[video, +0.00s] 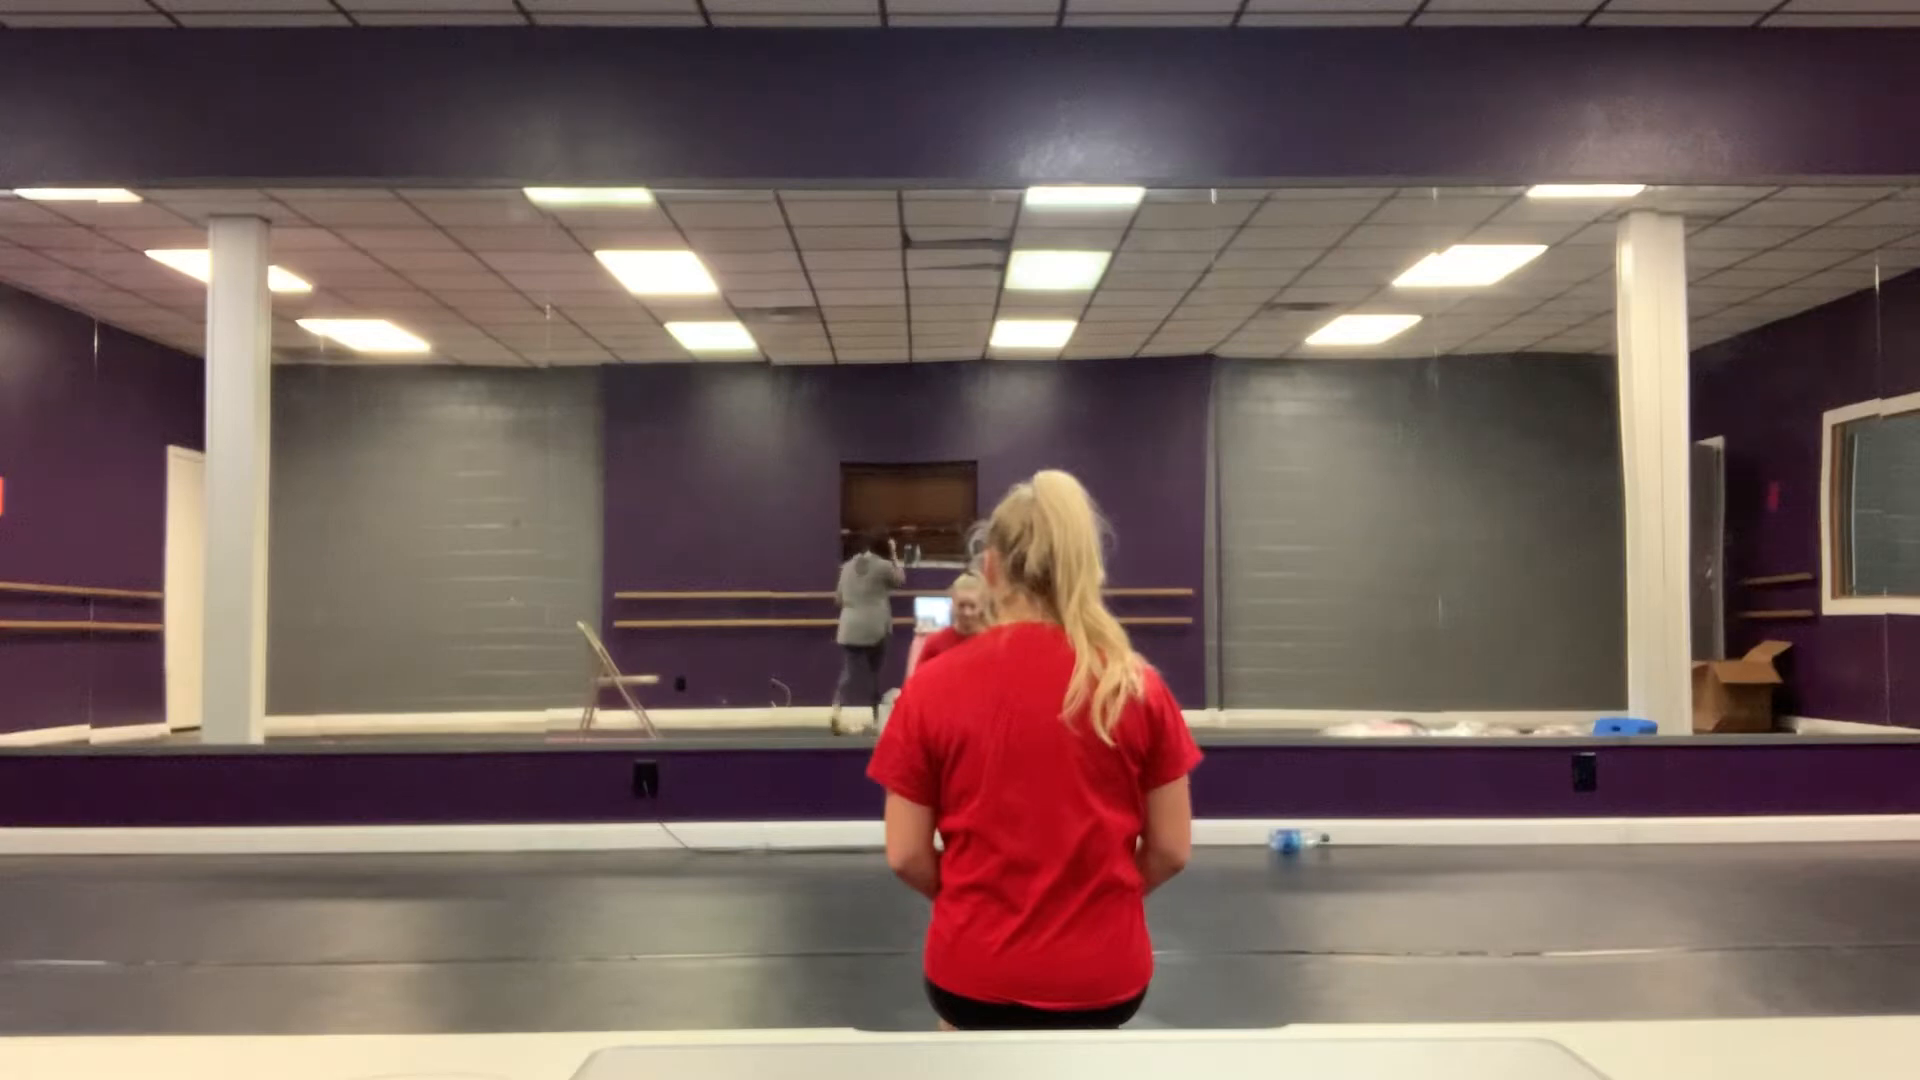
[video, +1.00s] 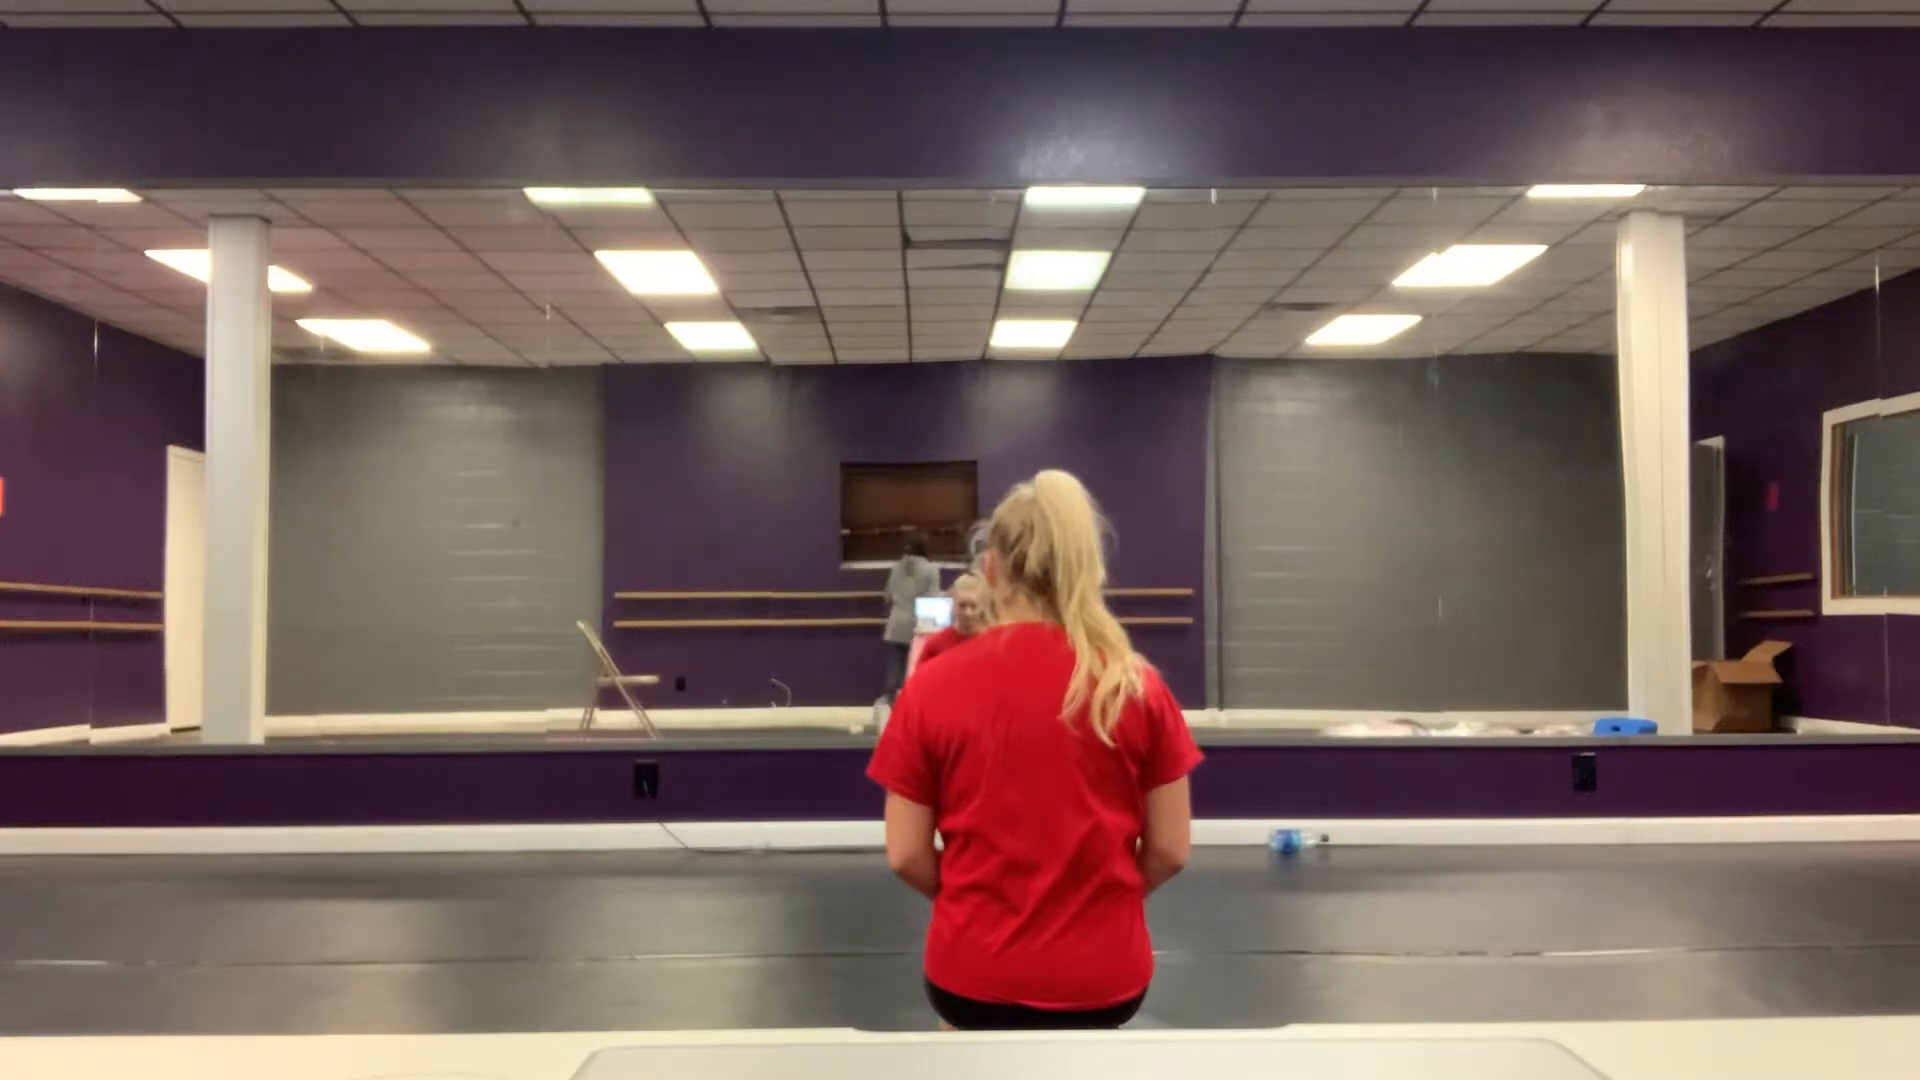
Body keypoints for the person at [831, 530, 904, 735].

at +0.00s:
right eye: (885, 545)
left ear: (861, 545)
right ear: (880, 547)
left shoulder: (847, 567)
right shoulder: (881, 565)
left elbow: (839, 597)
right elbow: (900, 578)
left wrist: (854, 601)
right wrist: (894, 555)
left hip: (850, 620)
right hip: (876, 620)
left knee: (849, 668)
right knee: (873, 670)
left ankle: (838, 703)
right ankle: (873, 713)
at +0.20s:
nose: (899, 546)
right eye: (898, 543)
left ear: (876, 542)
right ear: (893, 544)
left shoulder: (860, 564)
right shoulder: (894, 563)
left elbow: (849, 594)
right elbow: (913, 576)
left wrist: (850, 611)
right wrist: (903, 557)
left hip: (861, 615)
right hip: (885, 615)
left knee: (863, 662)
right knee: (881, 665)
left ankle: (858, 690)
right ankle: (876, 709)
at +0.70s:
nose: (913, 546)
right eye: (911, 543)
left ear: (889, 544)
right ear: (907, 545)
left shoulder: (880, 566)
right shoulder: (910, 566)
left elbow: (871, 593)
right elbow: (923, 590)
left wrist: (872, 611)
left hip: (880, 621)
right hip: (903, 621)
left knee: (886, 667)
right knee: (901, 668)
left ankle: (881, 699)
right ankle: (893, 700)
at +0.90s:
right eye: (919, 543)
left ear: (900, 545)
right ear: (918, 545)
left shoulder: (891, 565)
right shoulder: (921, 567)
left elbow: (882, 592)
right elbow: (925, 593)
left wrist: (891, 602)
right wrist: (940, 594)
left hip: (888, 621)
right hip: (909, 622)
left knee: (889, 664)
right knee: (905, 666)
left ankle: (887, 696)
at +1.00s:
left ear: (906, 546)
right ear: (925, 546)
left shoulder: (897, 567)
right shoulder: (930, 569)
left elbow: (889, 594)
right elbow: (934, 596)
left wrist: (897, 606)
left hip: (897, 621)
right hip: (920, 622)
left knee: (894, 662)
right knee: (916, 663)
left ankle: (890, 695)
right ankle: (913, 699)